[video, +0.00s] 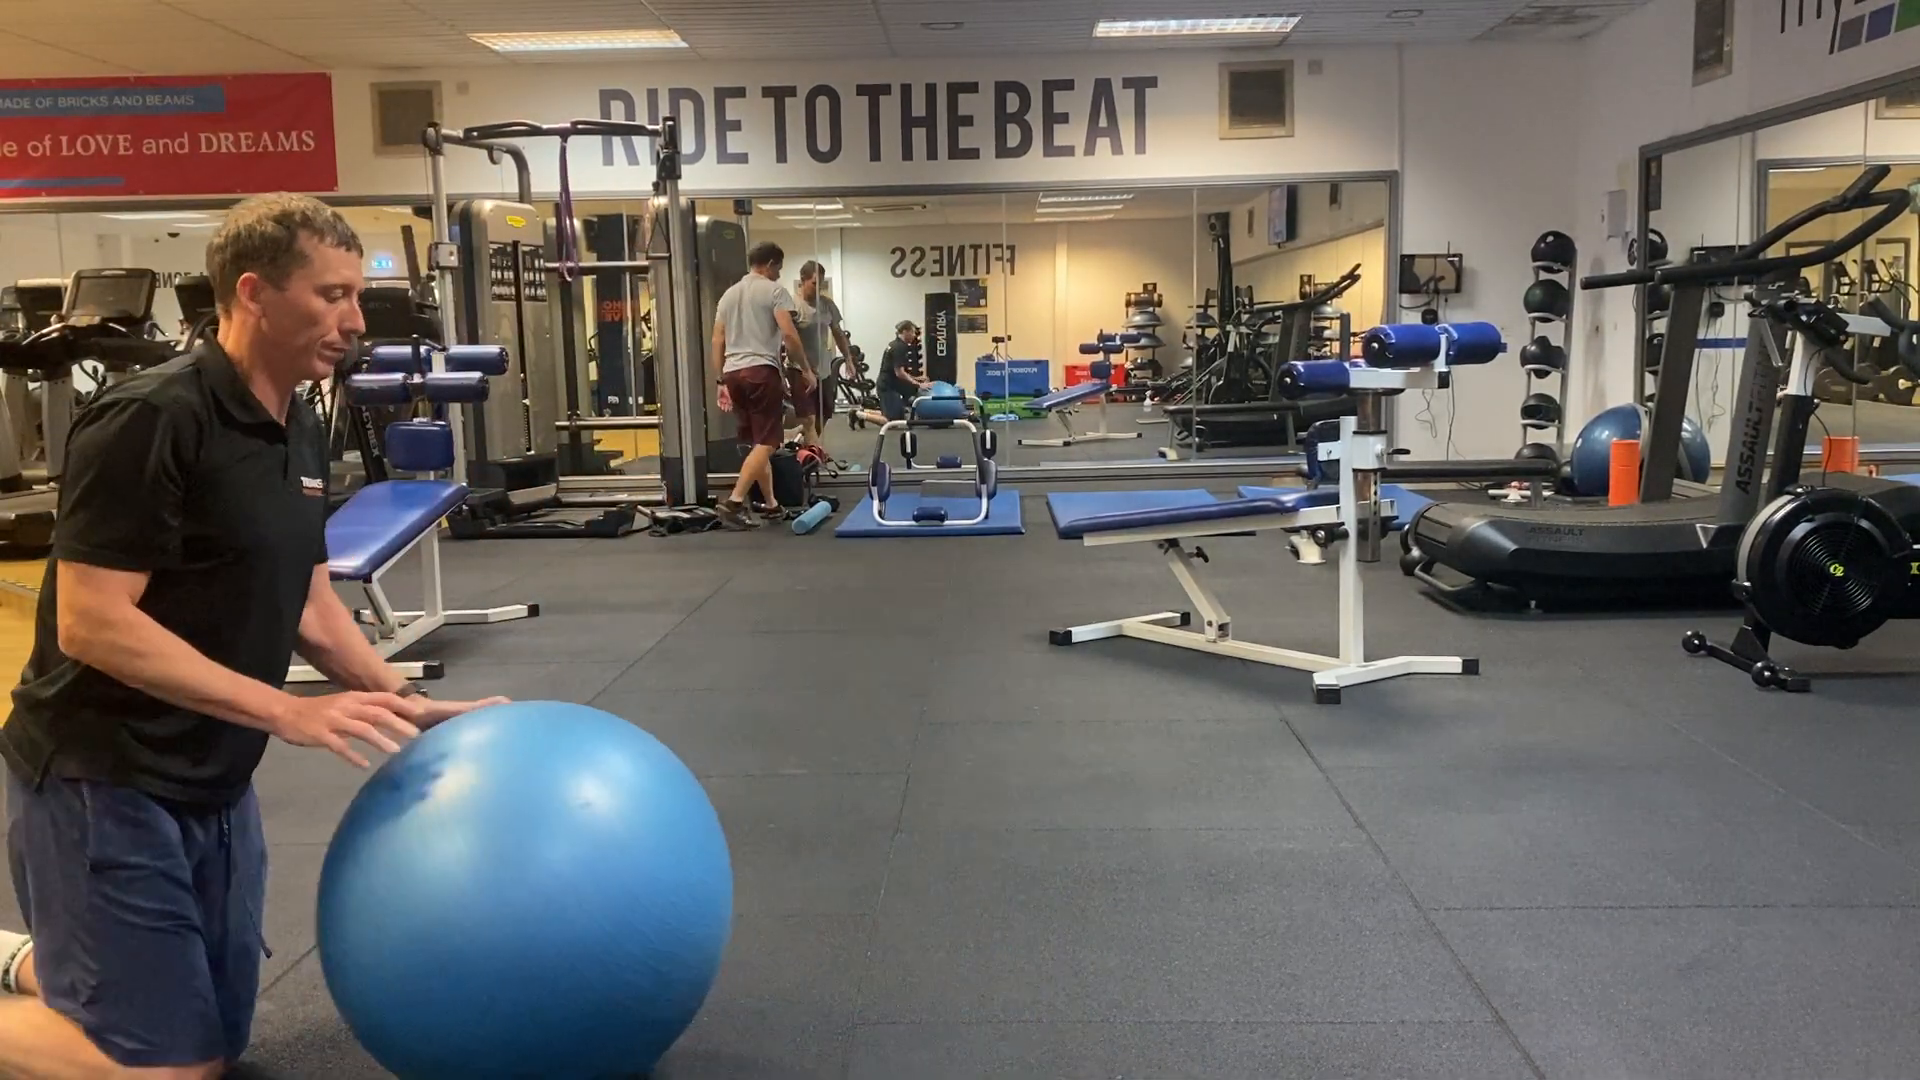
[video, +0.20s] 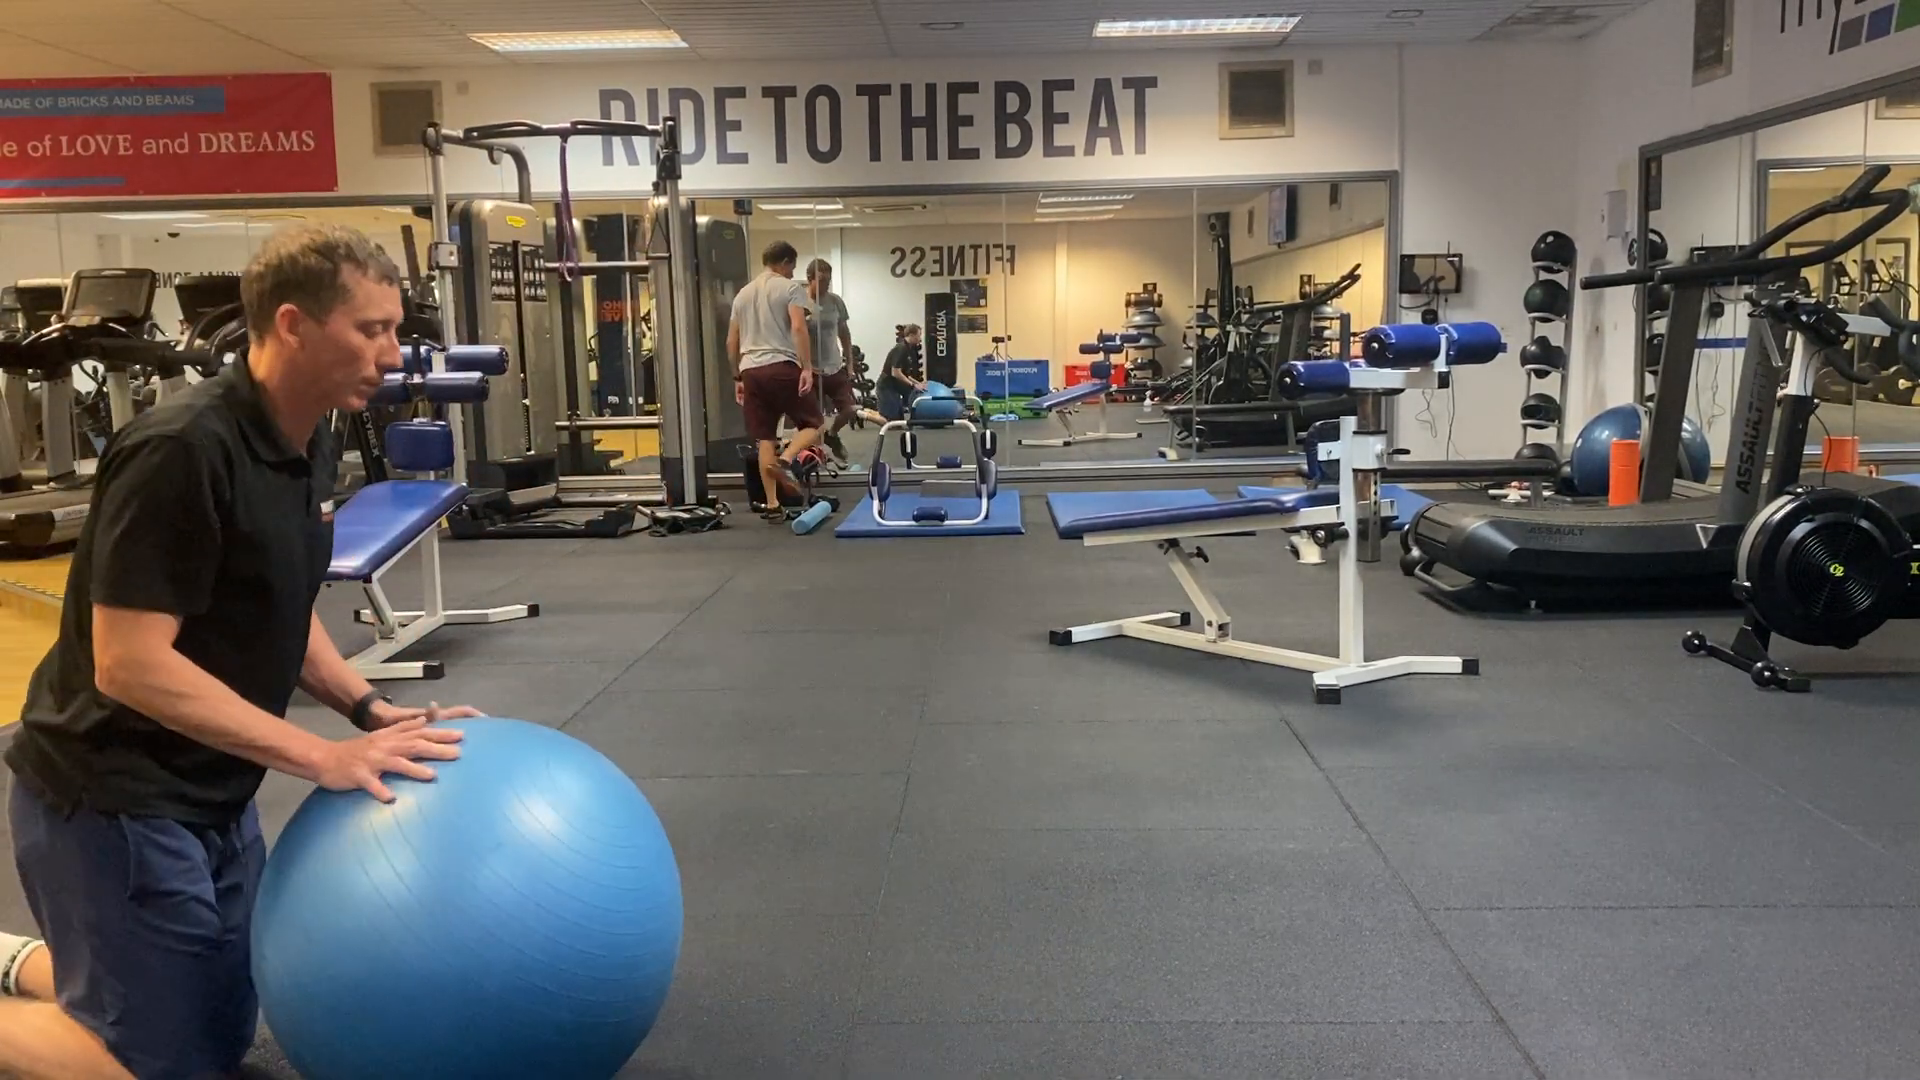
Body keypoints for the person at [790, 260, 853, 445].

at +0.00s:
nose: (817, 287)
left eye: (820, 282)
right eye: (813, 282)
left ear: (823, 281)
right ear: (802, 280)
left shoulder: (827, 304)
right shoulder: (791, 305)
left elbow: (838, 333)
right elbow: (783, 339)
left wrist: (848, 359)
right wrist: (779, 370)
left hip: (825, 371)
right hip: (799, 371)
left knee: (823, 416)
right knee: (807, 418)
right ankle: (816, 454)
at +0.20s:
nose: (825, 284)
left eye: (827, 280)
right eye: (821, 279)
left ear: (831, 279)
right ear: (810, 278)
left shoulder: (835, 301)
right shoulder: (797, 301)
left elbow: (844, 334)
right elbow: (790, 334)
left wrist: (849, 365)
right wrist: (799, 365)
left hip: (834, 369)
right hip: (808, 370)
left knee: (849, 410)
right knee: (810, 417)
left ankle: (832, 434)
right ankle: (811, 455)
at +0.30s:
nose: (827, 279)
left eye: (830, 275)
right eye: (823, 275)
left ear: (835, 277)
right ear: (813, 277)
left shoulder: (841, 301)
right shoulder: (804, 300)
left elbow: (849, 334)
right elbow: (798, 335)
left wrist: (853, 365)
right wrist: (808, 366)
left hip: (841, 367)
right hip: (815, 370)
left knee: (857, 403)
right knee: (818, 417)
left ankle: (853, 438)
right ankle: (817, 455)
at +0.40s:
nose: (828, 282)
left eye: (832, 278)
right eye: (823, 278)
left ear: (839, 278)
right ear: (817, 279)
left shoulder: (846, 301)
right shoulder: (810, 302)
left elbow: (856, 334)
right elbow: (803, 336)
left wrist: (861, 364)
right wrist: (808, 366)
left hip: (848, 368)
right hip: (820, 370)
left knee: (864, 405)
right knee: (818, 419)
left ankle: (875, 449)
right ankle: (816, 461)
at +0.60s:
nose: (842, 292)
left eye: (846, 288)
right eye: (839, 287)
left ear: (855, 288)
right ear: (833, 286)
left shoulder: (866, 311)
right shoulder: (826, 310)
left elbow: (883, 341)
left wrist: (888, 373)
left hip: (864, 371)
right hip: (836, 373)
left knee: (879, 416)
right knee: (828, 418)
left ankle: (894, 458)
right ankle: (824, 457)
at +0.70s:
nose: (858, 303)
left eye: (862, 298)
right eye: (855, 298)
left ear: (869, 298)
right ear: (850, 296)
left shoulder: (882, 320)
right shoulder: (839, 317)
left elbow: (899, 353)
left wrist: (901, 385)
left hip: (875, 377)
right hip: (847, 379)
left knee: (885, 419)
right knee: (833, 423)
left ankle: (898, 460)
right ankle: (824, 461)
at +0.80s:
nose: (869, 314)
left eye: (872, 310)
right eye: (867, 310)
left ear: (881, 312)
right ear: (865, 310)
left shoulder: (892, 332)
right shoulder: (854, 330)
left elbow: (907, 365)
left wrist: (912, 400)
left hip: (888, 381)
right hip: (861, 383)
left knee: (893, 423)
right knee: (840, 423)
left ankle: (899, 460)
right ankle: (827, 460)